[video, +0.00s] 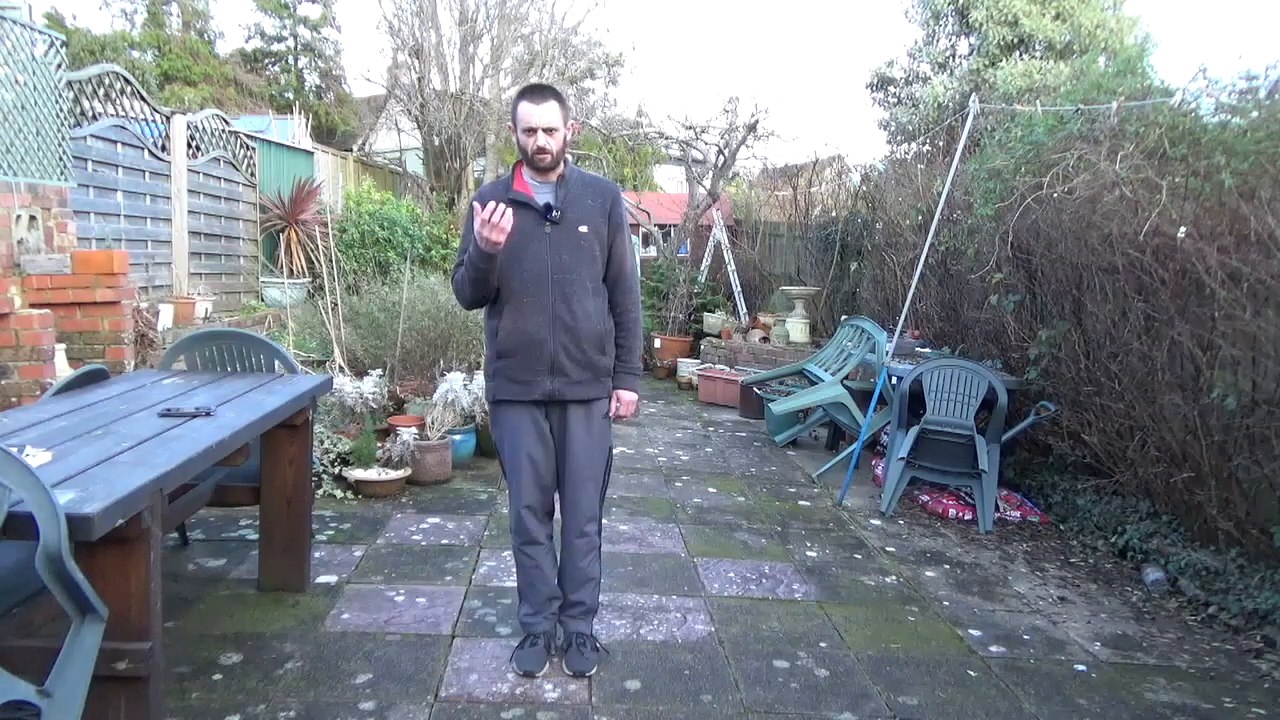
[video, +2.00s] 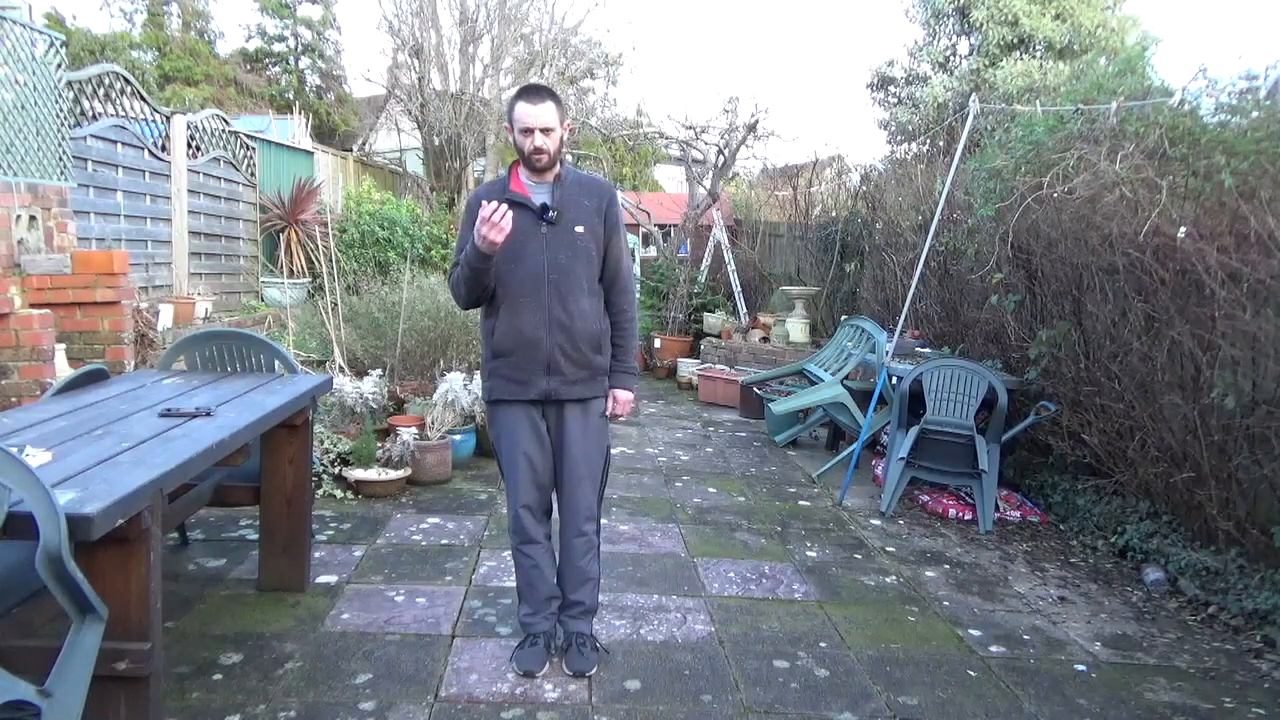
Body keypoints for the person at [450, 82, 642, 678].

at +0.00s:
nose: (539, 141)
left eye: (548, 130)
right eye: (529, 131)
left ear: (568, 129)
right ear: (515, 134)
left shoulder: (603, 195)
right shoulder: (491, 197)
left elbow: (625, 293)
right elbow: (468, 295)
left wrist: (628, 375)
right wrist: (485, 250)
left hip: (589, 379)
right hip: (516, 381)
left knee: (583, 513)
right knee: (528, 513)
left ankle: (580, 627)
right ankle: (536, 628)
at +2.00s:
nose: (536, 141)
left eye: (545, 130)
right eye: (525, 132)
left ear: (564, 130)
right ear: (512, 135)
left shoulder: (598, 195)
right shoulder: (486, 199)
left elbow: (620, 291)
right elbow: (464, 295)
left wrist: (624, 374)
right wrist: (482, 248)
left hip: (586, 376)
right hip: (513, 379)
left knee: (582, 511)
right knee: (526, 512)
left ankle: (580, 625)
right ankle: (536, 627)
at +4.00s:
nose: (590, 148)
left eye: (597, 140)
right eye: (581, 136)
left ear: (604, 144)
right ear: (553, 131)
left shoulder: (614, 199)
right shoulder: (515, 195)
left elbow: (629, 287)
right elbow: (494, 292)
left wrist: (634, 362)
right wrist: (502, 370)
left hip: (602, 374)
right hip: (537, 374)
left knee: (583, 494)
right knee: (538, 499)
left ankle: (573, 592)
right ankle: (536, 621)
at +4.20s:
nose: (604, 152)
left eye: (610, 144)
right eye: (597, 141)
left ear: (611, 147)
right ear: (567, 134)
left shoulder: (615, 201)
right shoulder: (525, 196)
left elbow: (629, 287)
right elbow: (502, 290)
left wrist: (635, 358)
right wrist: (513, 368)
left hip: (604, 371)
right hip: (546, 371)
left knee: (583, 494)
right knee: (548, 499)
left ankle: (571, 591)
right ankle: (542, 620)